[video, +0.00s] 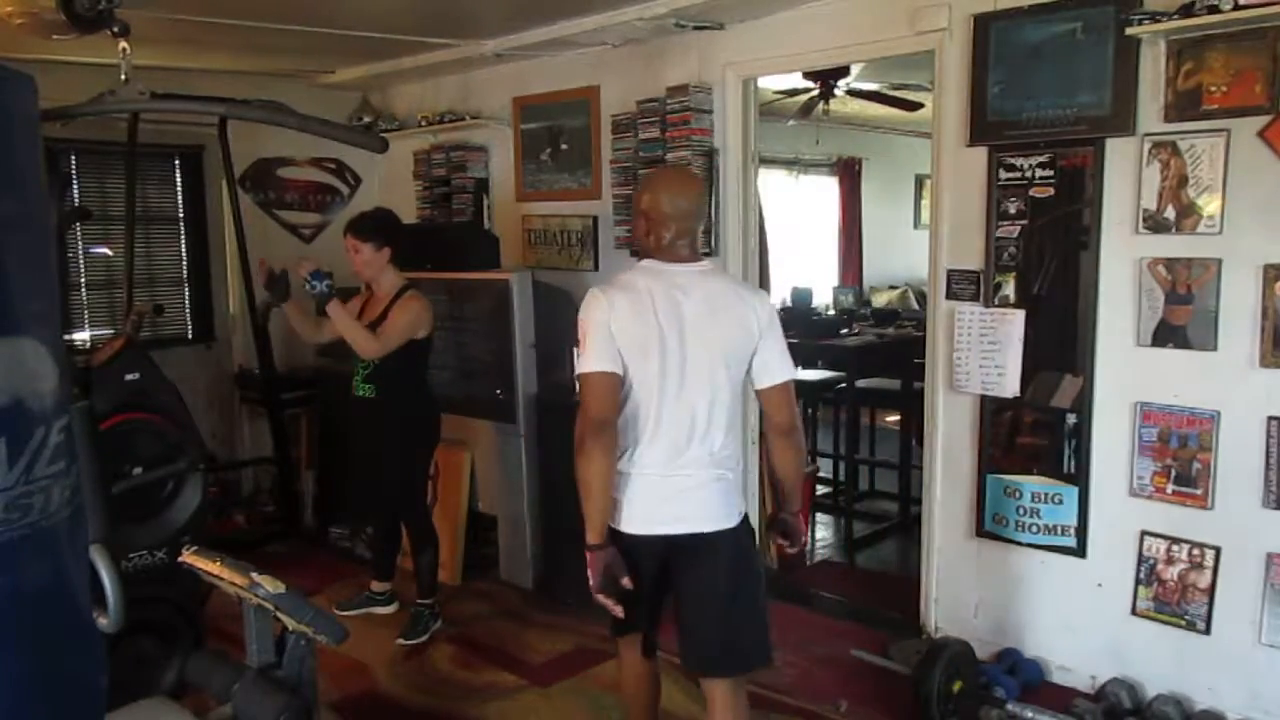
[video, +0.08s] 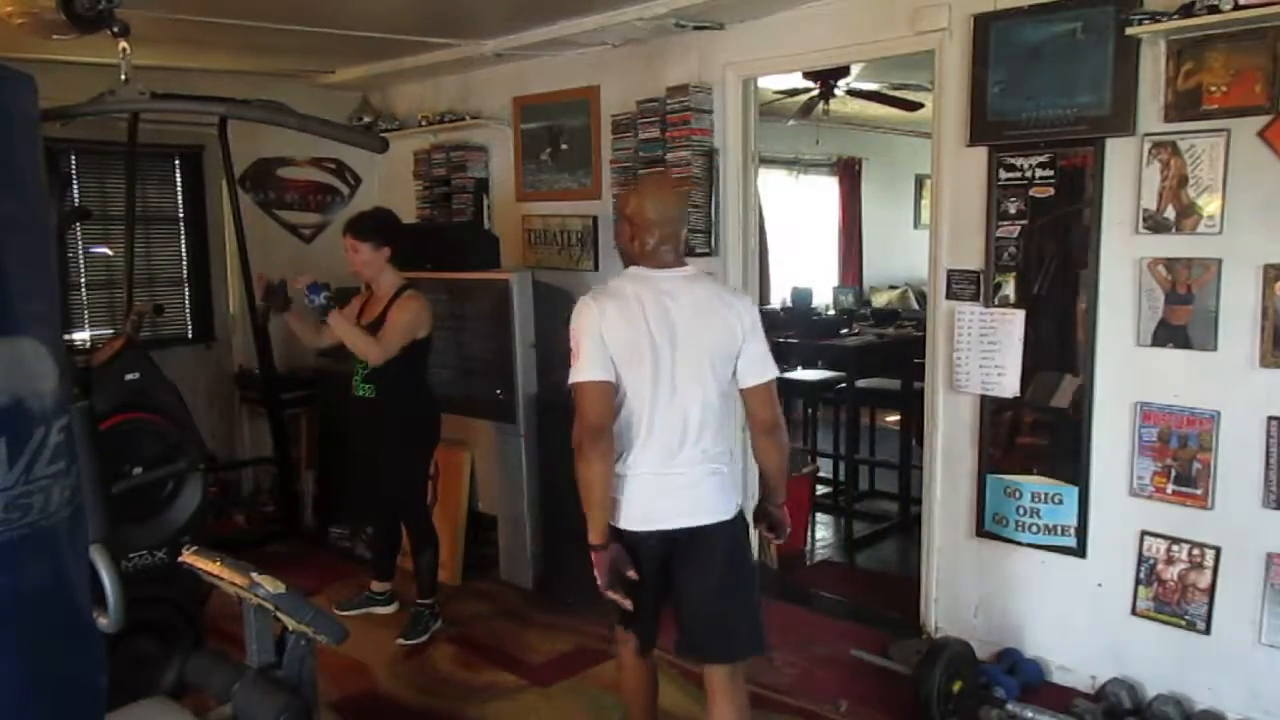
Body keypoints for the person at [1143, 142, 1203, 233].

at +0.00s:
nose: (1158, 159)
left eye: (1159, 154)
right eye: (1156, 156)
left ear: (1168, 150)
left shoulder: (1175, 161)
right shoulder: (1164, 165)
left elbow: (1170, 187)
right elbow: (1162, 188)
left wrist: (1161, 213)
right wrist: (1157, 212)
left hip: (1190, 211)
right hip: (1180, 212)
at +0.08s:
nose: (1158, 159)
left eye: (1159, 154)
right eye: (1156, 156)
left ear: (1168, 150)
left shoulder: (1175, 161)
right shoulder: (1164, 165)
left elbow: (1171, 187)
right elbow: (1162, 188)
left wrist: (1160, 213)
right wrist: (1157, 212)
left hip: (1190, 211)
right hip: (1180, 212)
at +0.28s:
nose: (1157, 158)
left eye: (1159, 153)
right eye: (1155, 156)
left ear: (1168, 149)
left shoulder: (1175, 161)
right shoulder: (1164, 165)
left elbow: (1171, 187)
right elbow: (1162, 188)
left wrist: (1161, 213)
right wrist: (1157, 212)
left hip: (1190, 212)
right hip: (1180, 213)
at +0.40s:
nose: (1158, 158)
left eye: (1159, 153)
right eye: (1155, 156)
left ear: (1168, 149)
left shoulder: (1175, 161)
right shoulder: (1164, 165)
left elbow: (1171, 187)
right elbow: (1162, 188)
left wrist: (1160, 213)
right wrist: (1157, 213)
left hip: (1190, 212)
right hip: (1180, 213)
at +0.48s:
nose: (1158, 158)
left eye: (1159, 153)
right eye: (1155, 156)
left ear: (1168, 149)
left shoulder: (1175, 161)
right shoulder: (1164, 165)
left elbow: (1171, 187)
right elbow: (1162, 188)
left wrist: (1160, 213)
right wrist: (1157, 212)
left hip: (1190, 212)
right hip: (1180, 213)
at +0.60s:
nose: (1158, 158)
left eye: (1159, 153)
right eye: (1155, 156)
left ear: (1168, 149)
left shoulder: (1175, 161)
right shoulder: (1164, 165)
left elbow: (1171, 188)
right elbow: (1162, 188)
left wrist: (1160, 213)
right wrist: (1157, 213)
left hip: (1190, 212)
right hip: (1180, 213)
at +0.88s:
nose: (1158, 158)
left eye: (1159, 154)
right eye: (1155, 156)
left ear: (1168, 149)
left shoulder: (1175, 161)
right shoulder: (1164, 165)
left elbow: (1170, 188)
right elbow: (1162, 188)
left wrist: (1160, 213)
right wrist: (1157, 212)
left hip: (1190, 212)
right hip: (1180, 212)